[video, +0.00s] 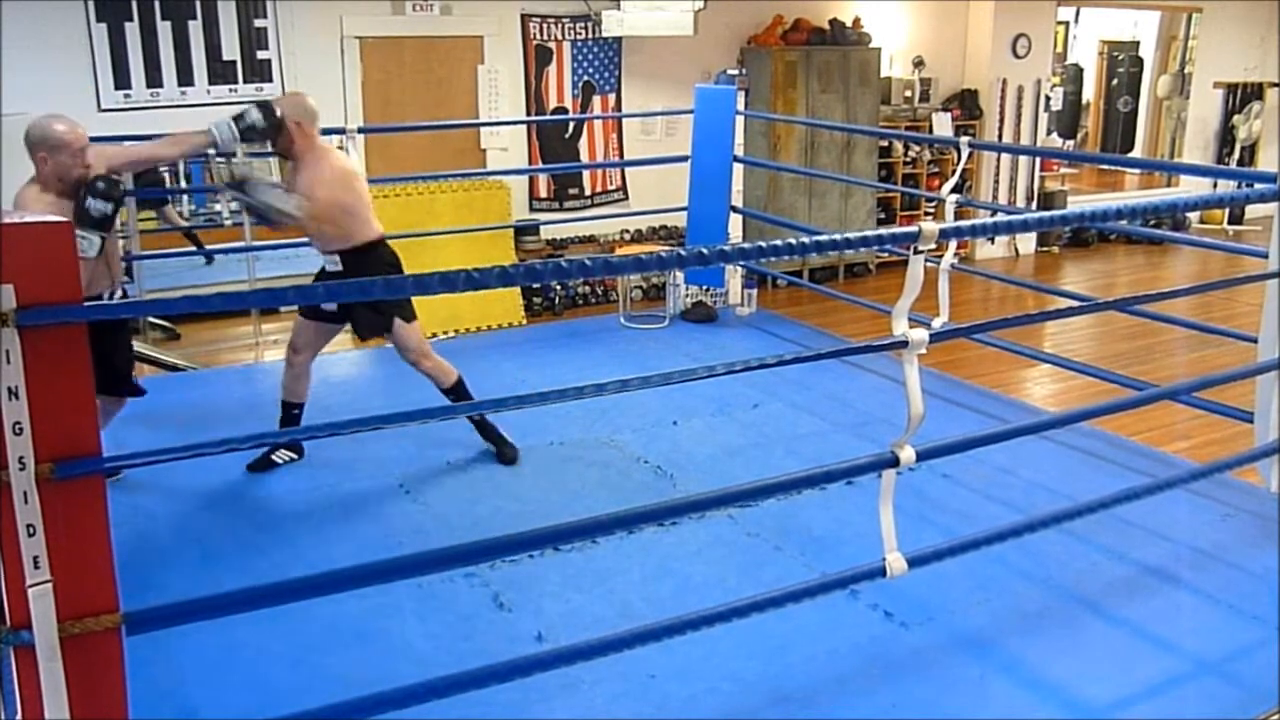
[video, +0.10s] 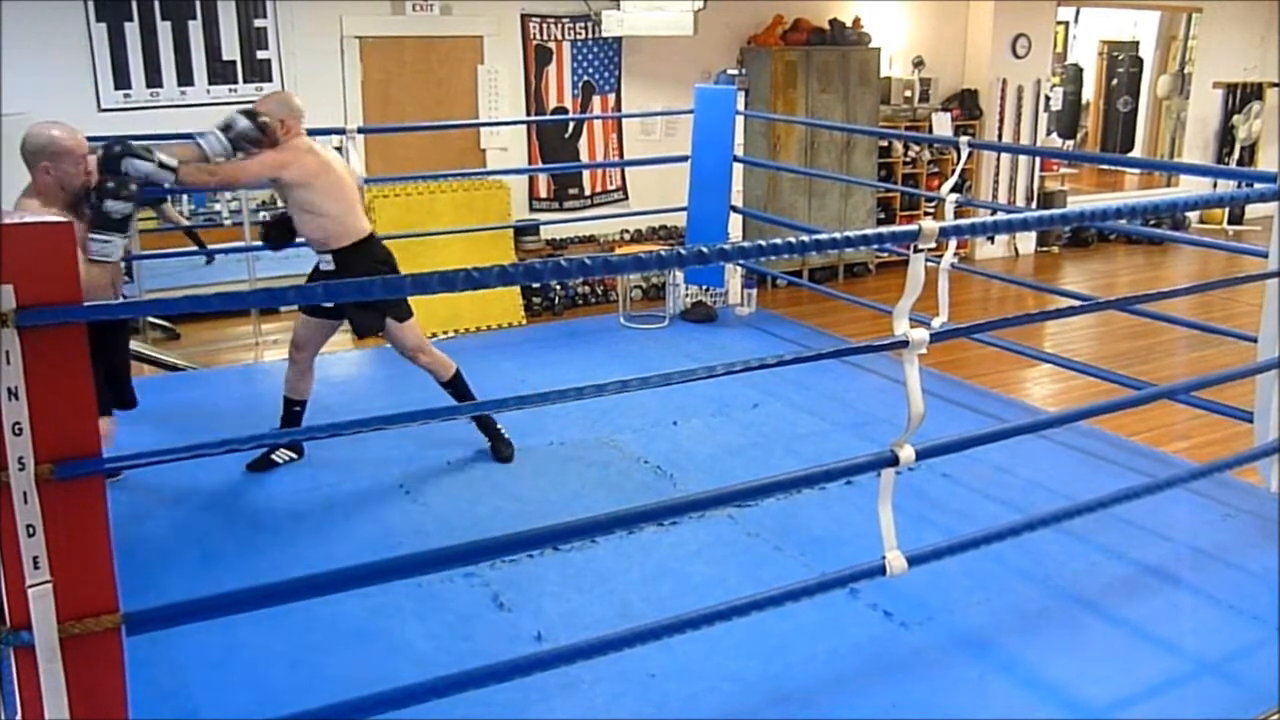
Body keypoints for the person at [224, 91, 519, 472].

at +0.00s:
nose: (270, 139)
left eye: (273, 130)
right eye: (268, 131)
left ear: (294, 130)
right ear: (298, 128)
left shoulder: (324, 167)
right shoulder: (297, 165)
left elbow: (301, 219)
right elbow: (284, 209)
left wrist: (251, 196)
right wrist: (247, 191)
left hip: (374, 266)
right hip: (336, 269)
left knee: (419, 356)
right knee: (298, 354)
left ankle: (486, 427)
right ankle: (289, 440)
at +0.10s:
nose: (257, 132)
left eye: (262, 124)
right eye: (257, 125)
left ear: (286, 124)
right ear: (290, 123)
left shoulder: (291, 158)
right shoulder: (310, 153)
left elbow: (221, 175)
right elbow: (339, 201)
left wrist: (164, 171)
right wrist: (291, 225)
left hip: (366, 266)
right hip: (336, 269)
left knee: (417, 349)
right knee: (302, 350)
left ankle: (487, 423)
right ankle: (288, 442)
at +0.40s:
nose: (284, 123)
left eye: (290, 115)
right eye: (283, 114)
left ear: (317, 116)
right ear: (312, 116)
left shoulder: (348, 153)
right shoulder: (323, 152)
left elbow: (356, 218)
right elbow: (333, 200)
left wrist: (302, 226)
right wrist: (295, 199)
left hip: (372, 259)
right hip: (336, 258)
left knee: (400, 364)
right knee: (306, 355)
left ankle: (448, 443)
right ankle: (290, 439)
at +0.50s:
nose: (312, 124)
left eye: (319, 116)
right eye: (310, 115)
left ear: (346, 115)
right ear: (326, 118)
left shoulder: (383, 154)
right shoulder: (326, 156)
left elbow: (389, 224)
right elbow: (331, 216)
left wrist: (343, 199)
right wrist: (305, 192)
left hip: (389, 262)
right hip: (346, 261)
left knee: (418, 361)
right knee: (313, 353)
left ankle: (450, 440)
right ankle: (290, 437)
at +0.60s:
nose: (332, 117)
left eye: (339, 108)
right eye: (328, 108)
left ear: (365, 106)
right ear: (330, 108)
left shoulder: (398, 142)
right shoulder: (338, 147)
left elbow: (408, 211)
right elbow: (330, 208)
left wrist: (370, 168)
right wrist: (311, 178)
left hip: (399, 251)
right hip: (352, 252)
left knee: (423, 354)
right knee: (315, 348)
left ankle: (452, 442)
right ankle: (302, 439)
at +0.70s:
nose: (346, 114)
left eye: (354, 106)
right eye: (341, 106)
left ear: (379, 102)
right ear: (338, 105)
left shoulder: (409, 140)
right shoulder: (341, 143)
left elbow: (415, 208)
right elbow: (322, 206)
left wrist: (386, 160)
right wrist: (315, 163)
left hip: (403, 248)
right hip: (352, 249)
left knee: (428, 354)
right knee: (329, 355)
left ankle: (449, 439)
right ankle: (321, 448)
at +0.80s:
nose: (362, 122)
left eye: (371, 115)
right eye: (356, 114)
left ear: (391, 112)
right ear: (348, 110)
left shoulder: (414, 145)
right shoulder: (341, 149)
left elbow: (421, 207)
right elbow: (320, 209)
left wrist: (401, 153)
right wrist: (322, 155)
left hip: (408, 253)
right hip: (358, 257)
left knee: (446, 356)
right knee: (341, 366)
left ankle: (449, 439)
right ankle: (329, 456)